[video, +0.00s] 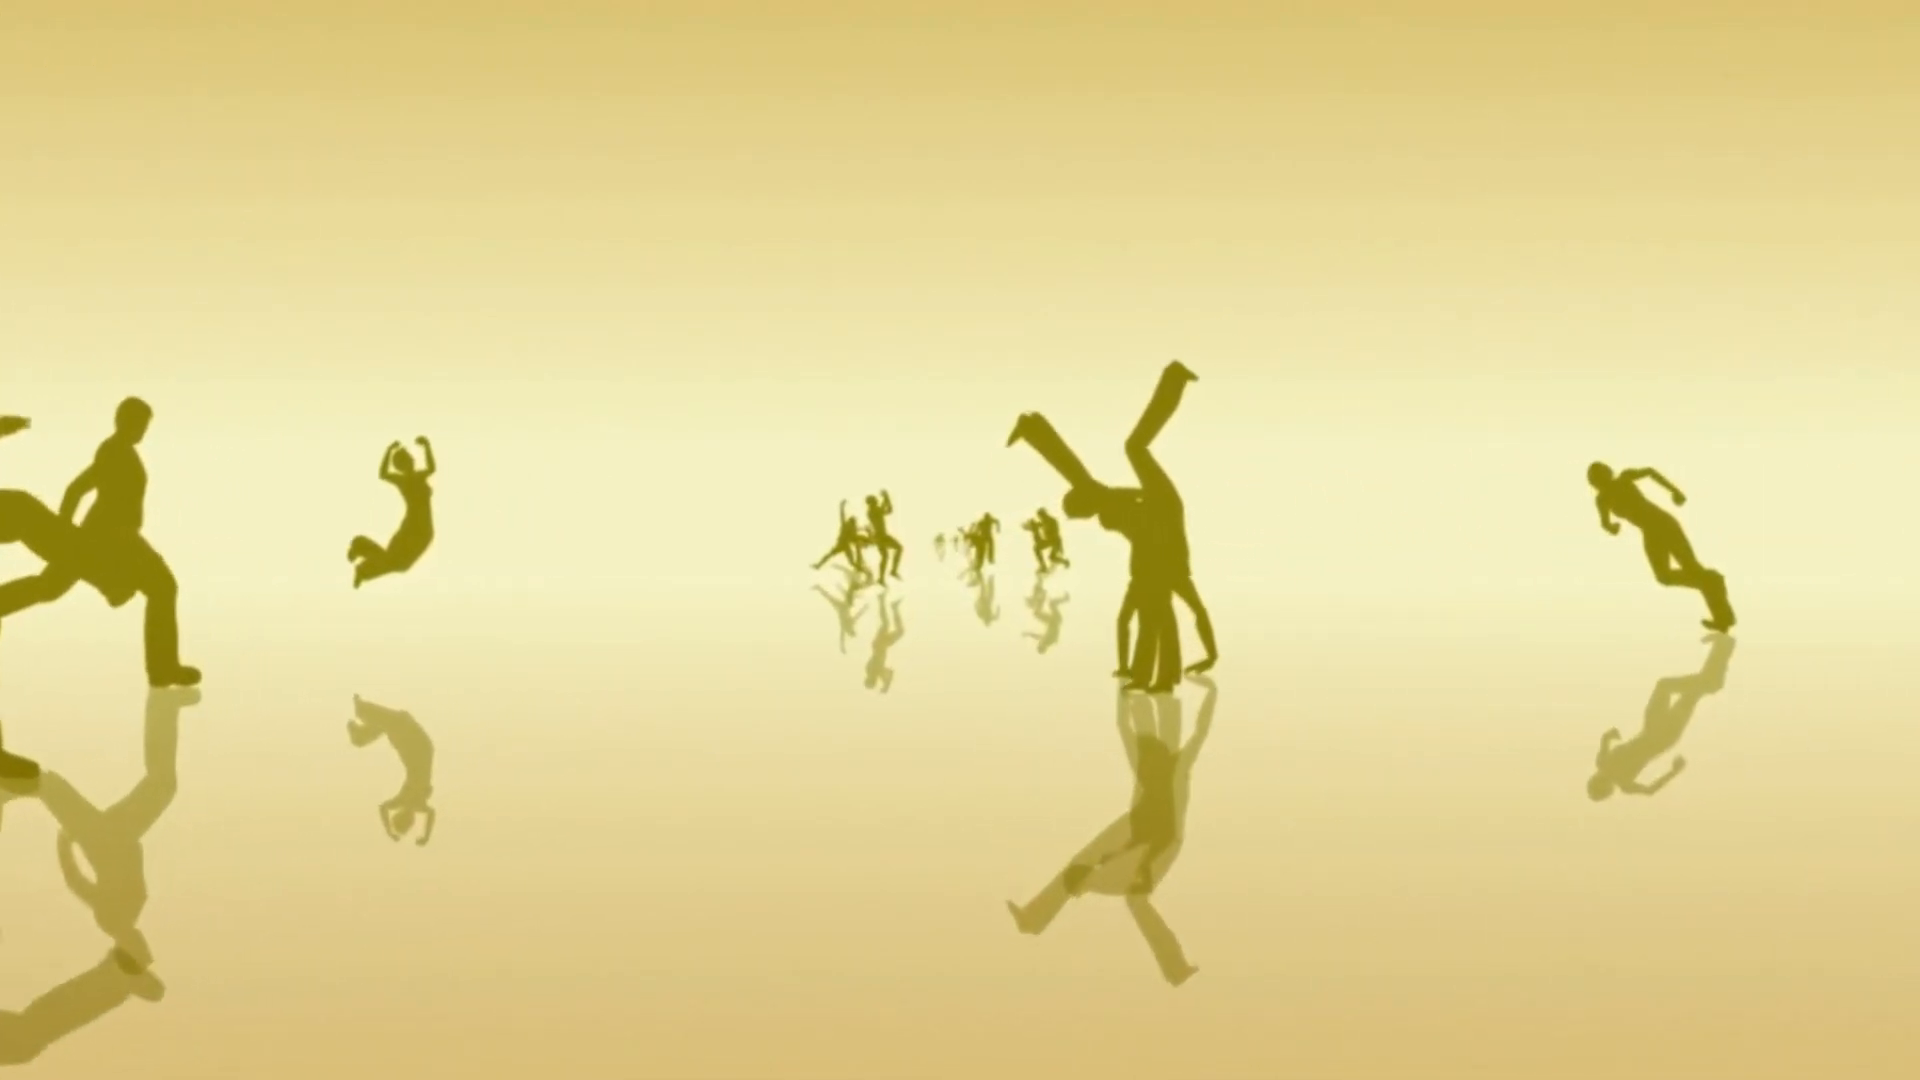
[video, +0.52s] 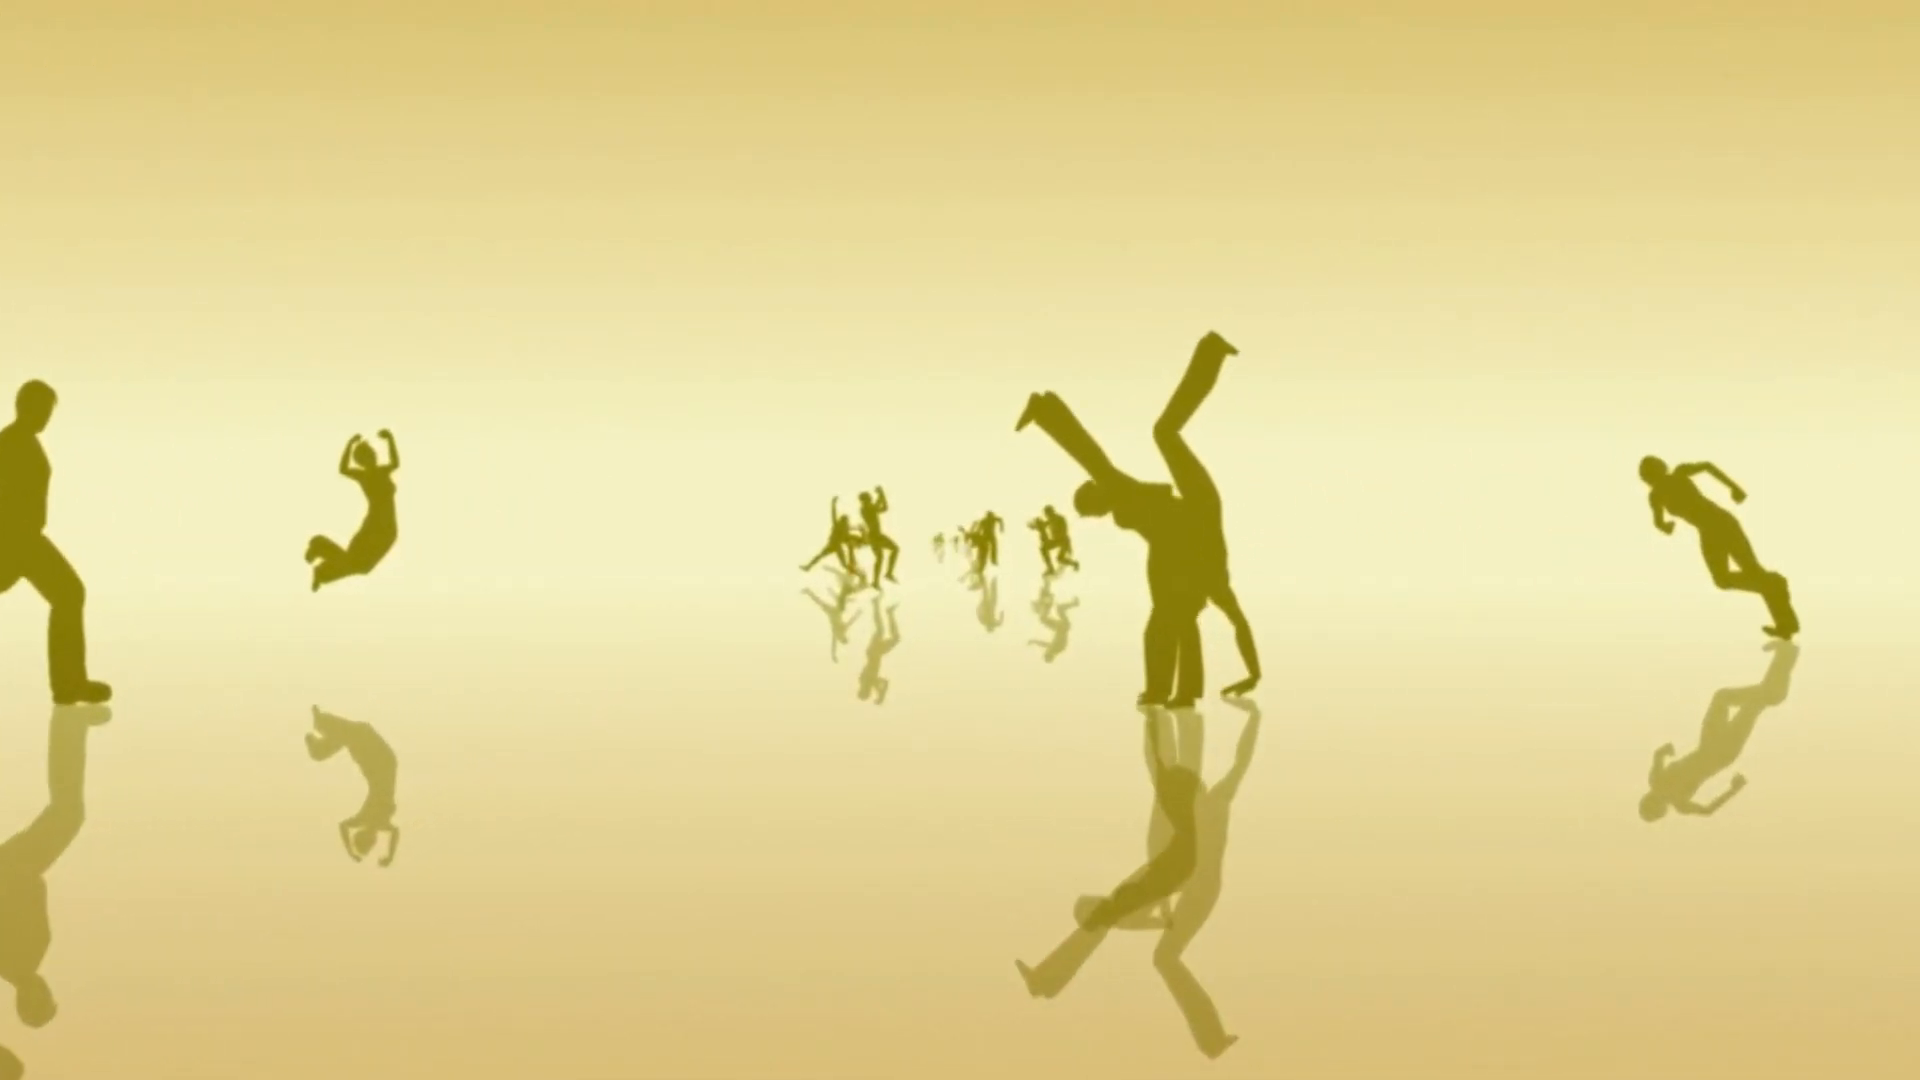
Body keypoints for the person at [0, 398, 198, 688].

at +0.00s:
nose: (142, 431)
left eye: (144, 425)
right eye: (138, 423)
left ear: (141, 424)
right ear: (125, 421)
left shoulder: (124, 452)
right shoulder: (115, 453)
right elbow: (76, 488)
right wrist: (61, 530)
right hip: (106, 539)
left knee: (47, 588)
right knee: (163, 588)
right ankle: (163, 670)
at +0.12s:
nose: (129, 428)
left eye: (131, 421)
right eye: (125, 420)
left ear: (126, 422)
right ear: (111, 419)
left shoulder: (110, 452)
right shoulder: (99, 452)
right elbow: (59, 487)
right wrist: (45, 531)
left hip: (107, 537)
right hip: (90, 535)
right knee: (149, 589)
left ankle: (150, 671)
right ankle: (149, 672)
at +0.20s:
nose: (105, 425)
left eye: (107, 419)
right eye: (101, 418)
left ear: (102, 418)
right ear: (87, 415)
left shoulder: (86, 448)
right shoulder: (76, 450)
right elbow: (35, 486)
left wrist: (23, 532)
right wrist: (22, 532)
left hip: (86, 536)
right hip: (77, 538)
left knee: (127, 590)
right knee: (127, 590)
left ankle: (127, 673)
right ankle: (126, 675)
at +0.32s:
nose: (90, 422)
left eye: (92, 415)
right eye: (86, 414)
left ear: (88, 416)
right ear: (71, 413)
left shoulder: (70, 447)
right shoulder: (59, 448)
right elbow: (17, 485)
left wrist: (6, 530)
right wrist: (5, 528)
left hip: (69, 536)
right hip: (59, 536)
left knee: (111, 591)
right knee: (110, 591)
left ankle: (111, 676)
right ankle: (110, 677)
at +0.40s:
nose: (64, 419)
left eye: (66, 413)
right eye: (60, 412)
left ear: (57, 412)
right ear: (45, 410)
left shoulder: (38, 443)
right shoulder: (34, 444)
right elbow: (5, 475)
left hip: (37, 535)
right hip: (33, 536)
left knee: (87, 593)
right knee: (86, 592)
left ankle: (87, 681)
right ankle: (86, 682)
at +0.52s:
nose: (47, 417)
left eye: (49, 410)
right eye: (43, 409)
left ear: (37, 409)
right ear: (28, 408)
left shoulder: (27, 445)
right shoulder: (16, 445)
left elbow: (30, 505)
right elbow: (24, 506)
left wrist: (28, 534)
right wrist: (25, 536)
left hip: (24, 537)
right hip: (18, 538)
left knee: (69, 593)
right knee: (68, 593)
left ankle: (70, 682)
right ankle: (69, 683)